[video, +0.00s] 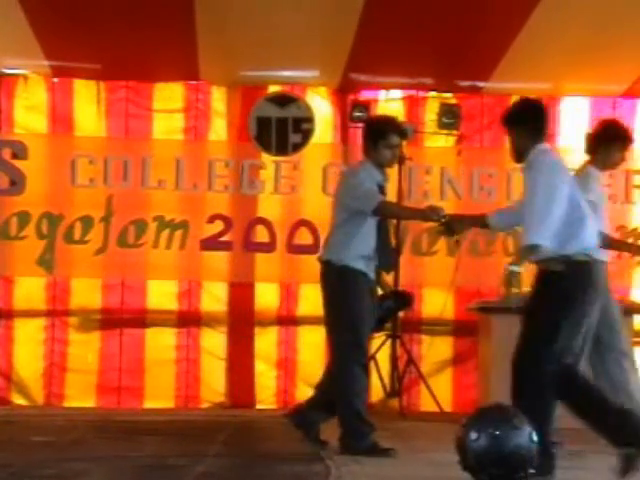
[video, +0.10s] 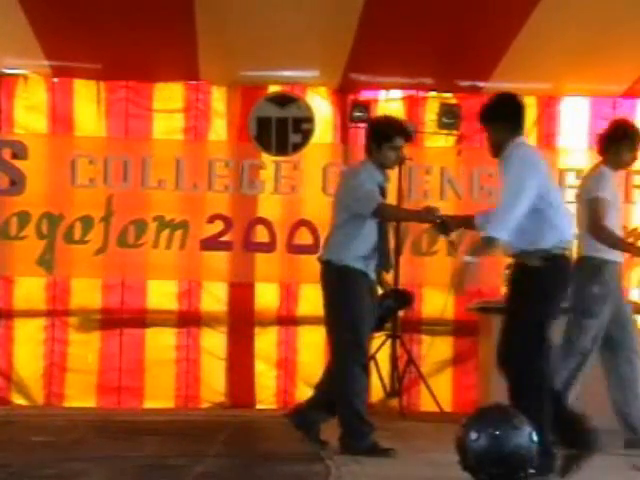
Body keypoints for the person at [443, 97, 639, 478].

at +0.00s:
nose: (508, 143)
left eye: (511, 134)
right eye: (508, 135)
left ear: (523, 133)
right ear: (535, 131)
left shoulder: (545, 164)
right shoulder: (540, 169)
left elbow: (545, 210)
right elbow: (518, 215)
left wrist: (522, 256)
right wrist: (469, 222)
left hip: (573, 275)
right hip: (561, 273)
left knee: (543, 366)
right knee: (535, 366)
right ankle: (534, 458)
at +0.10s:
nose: (485, 137)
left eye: (488, 129)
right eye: (485, 130)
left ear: (501, 127)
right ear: (513, 125)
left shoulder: (524, 159)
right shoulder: (517, 161)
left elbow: (510, 212)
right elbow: (504, 217)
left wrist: (475, 254)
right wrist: (458, 223)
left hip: (546, 265)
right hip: (531, 264)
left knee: (522, 357)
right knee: (514, 356)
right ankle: (574, 433)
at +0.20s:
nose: (453, 137)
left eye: (456, 128)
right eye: (451, 130)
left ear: (474, 125)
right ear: (477, 126)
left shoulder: (488, 155)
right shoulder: (485, 157)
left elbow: (468, 200)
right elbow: (480, 219)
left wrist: (429, 233)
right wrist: (440, 225)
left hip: (511, 266)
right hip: (499, 265)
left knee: (511, 357)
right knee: (467, 349)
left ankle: (537, 441)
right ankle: (480, 441)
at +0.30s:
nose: (429, 139)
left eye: (432, 131)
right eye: (429, 131)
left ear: (447, 127)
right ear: (457, 127)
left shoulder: (463, 158)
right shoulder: (467, 158)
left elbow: (437, 205)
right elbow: (461, 218)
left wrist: (401, 224)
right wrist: (426, 231)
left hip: (483, 269)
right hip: (480, 268)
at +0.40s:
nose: (390, 136)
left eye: (395, 128)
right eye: (391, 128)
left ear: (409, 129)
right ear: (422, 131)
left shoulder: (419, 162)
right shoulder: (434, 164)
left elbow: (393, 212)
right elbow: (417, 220)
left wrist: (361, 227)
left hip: (437, 276)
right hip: (445, 273)